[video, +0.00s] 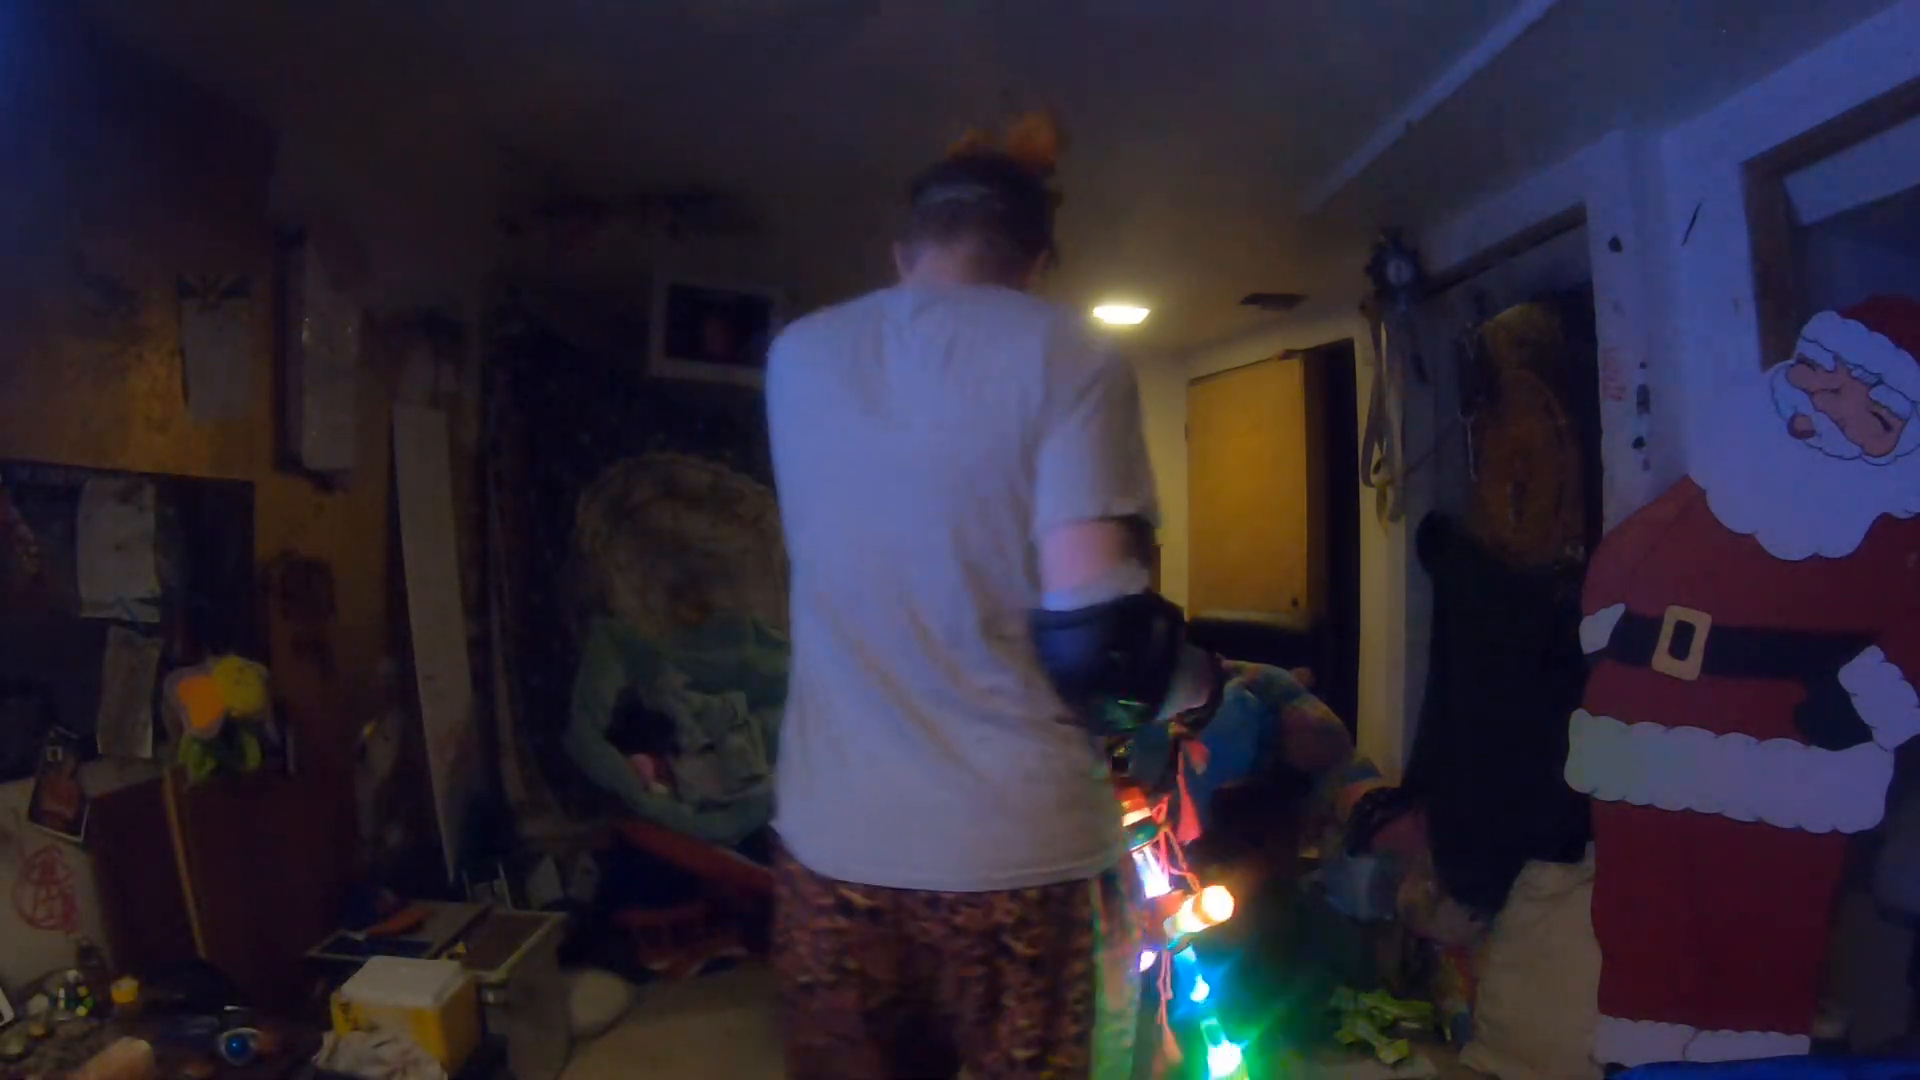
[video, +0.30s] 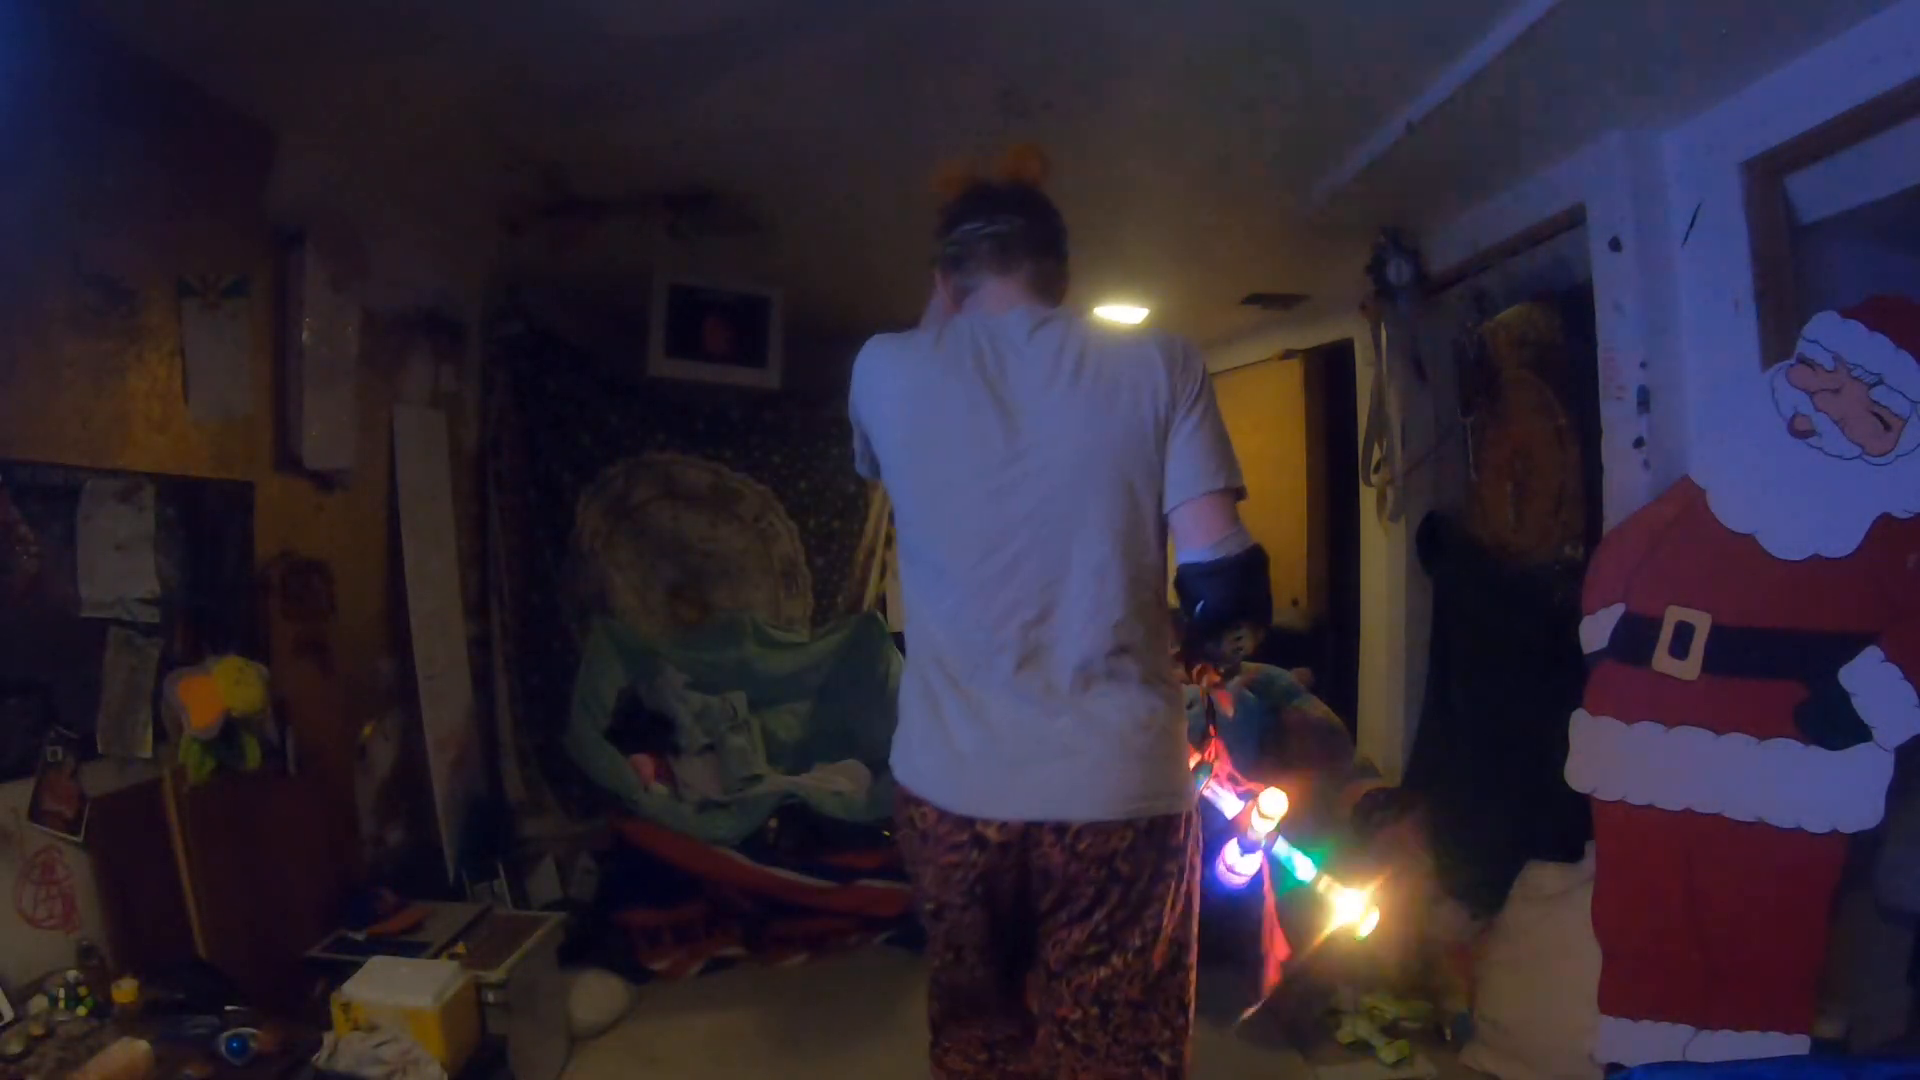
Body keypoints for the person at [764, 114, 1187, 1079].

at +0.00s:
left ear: (900, 252)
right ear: (1035, 264)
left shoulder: (795, 355)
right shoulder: (1061, 352)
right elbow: (1089, 638)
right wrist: (1179, 672)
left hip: (829, 856)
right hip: (1011, 867)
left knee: (843, 1067)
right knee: (1017, 1064)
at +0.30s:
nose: (935, 305)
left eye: (936, 288)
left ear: (946, 282)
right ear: (1063, 278)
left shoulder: (886, 372)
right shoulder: (1158, 364)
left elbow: (886, 475)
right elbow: (1222, 581)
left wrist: (938, 330)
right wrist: (1183, 637)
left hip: (950, 801)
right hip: (1120, 810)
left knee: (974, 1048)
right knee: (1114, 1052)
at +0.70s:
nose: (954, 380)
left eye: (949, 363)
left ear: (954, 354)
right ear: (1048, 329)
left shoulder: (929, 440)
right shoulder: (1141, 394)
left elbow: (975, 546)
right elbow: (1219, 571)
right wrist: (1244, 598)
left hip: (995, 776)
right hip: (1133, 778)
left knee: (1021, 1020)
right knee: (1142, 1020)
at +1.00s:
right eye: (1099, 327)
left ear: (1022, 350)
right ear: (1102, 331)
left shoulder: (986, 427)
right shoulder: (1157, 409)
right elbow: (1192, 579)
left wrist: (1050, 273)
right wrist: (1235, 593)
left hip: (1017, 724)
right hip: (1137, 729)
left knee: (1036, 955)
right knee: (1169, 953)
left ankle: (1030, 1071)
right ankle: (1157, 1070)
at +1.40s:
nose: (1183, 396)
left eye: (1172, 385)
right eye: (1182, 383)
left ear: (1108, 386)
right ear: (1176, 380)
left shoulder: (1066, 452)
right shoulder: (1200, 441)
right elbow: (1227, 592)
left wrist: (1153, 318)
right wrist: (1265, 587)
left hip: (1091, 714)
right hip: (1194, 722)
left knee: (1093, 882)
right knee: (1205, 901)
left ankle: (1051, 1039)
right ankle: (1175, 1061)